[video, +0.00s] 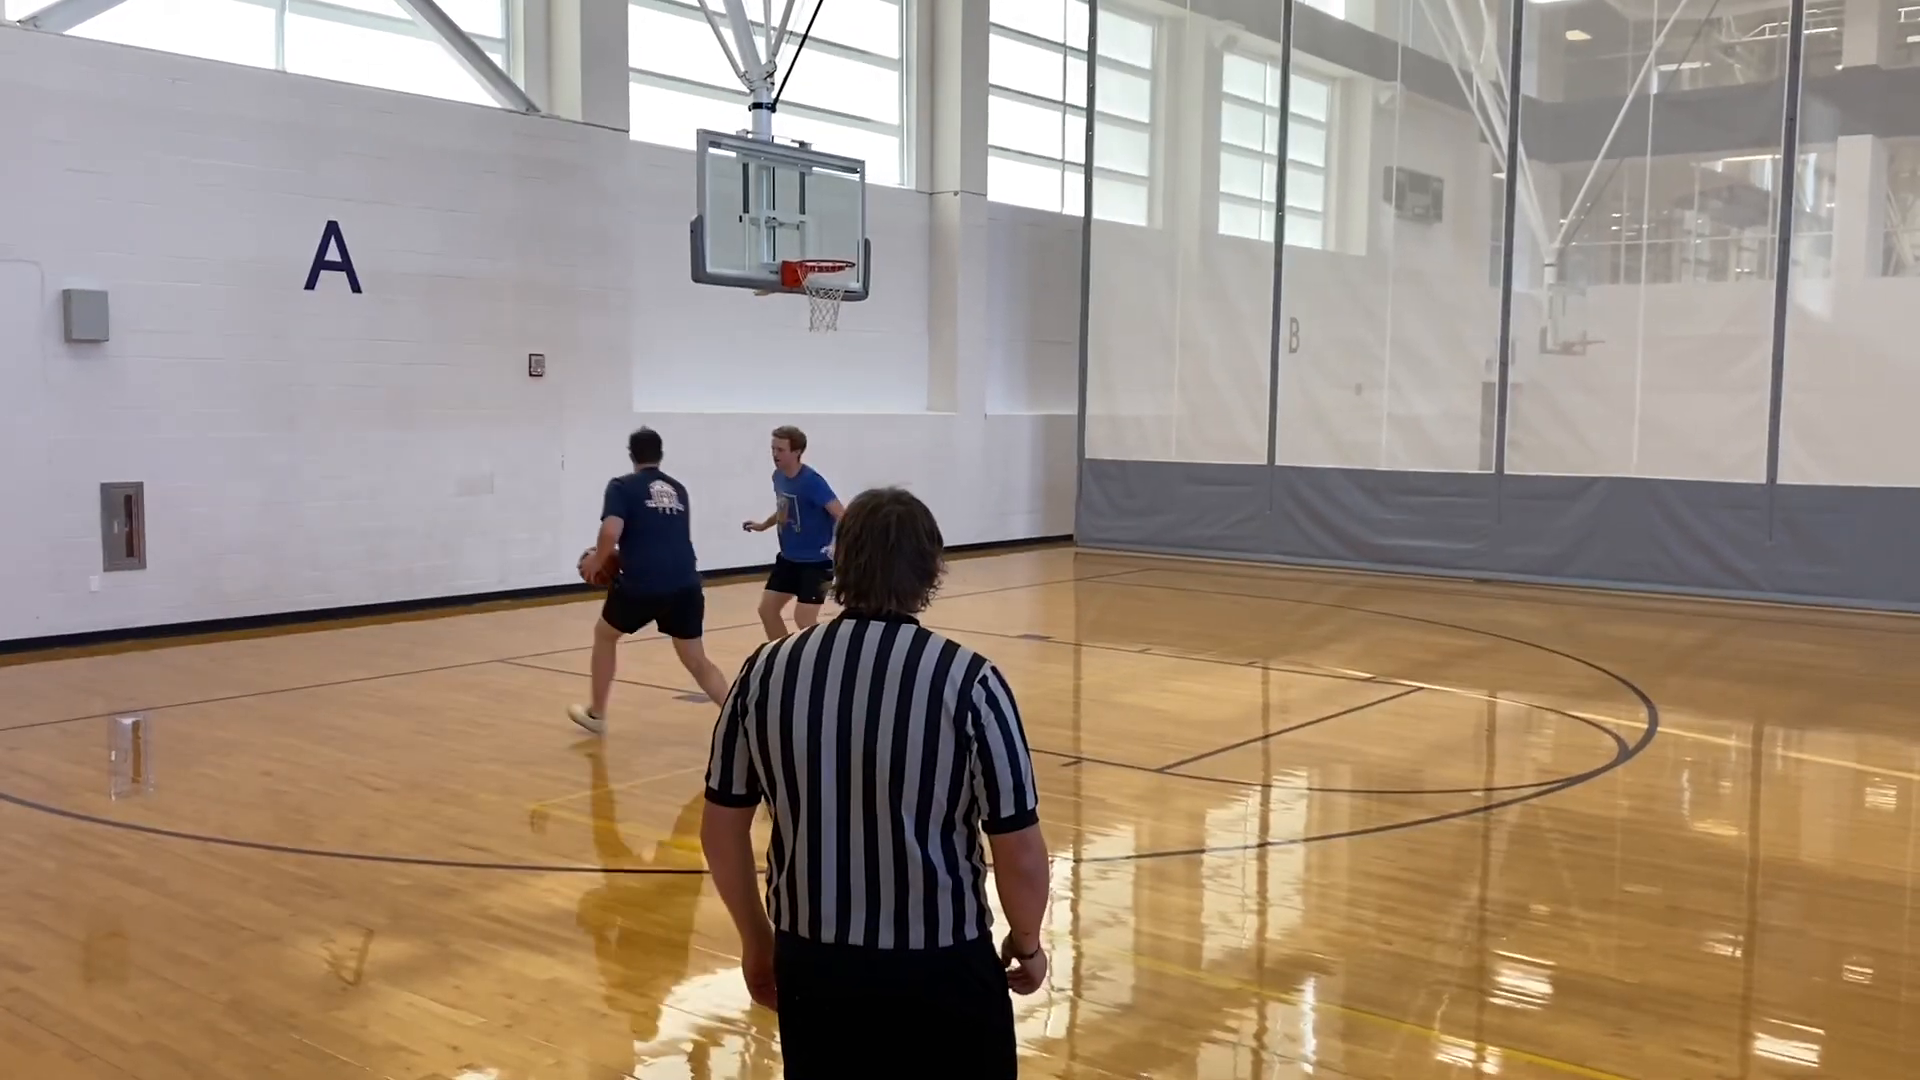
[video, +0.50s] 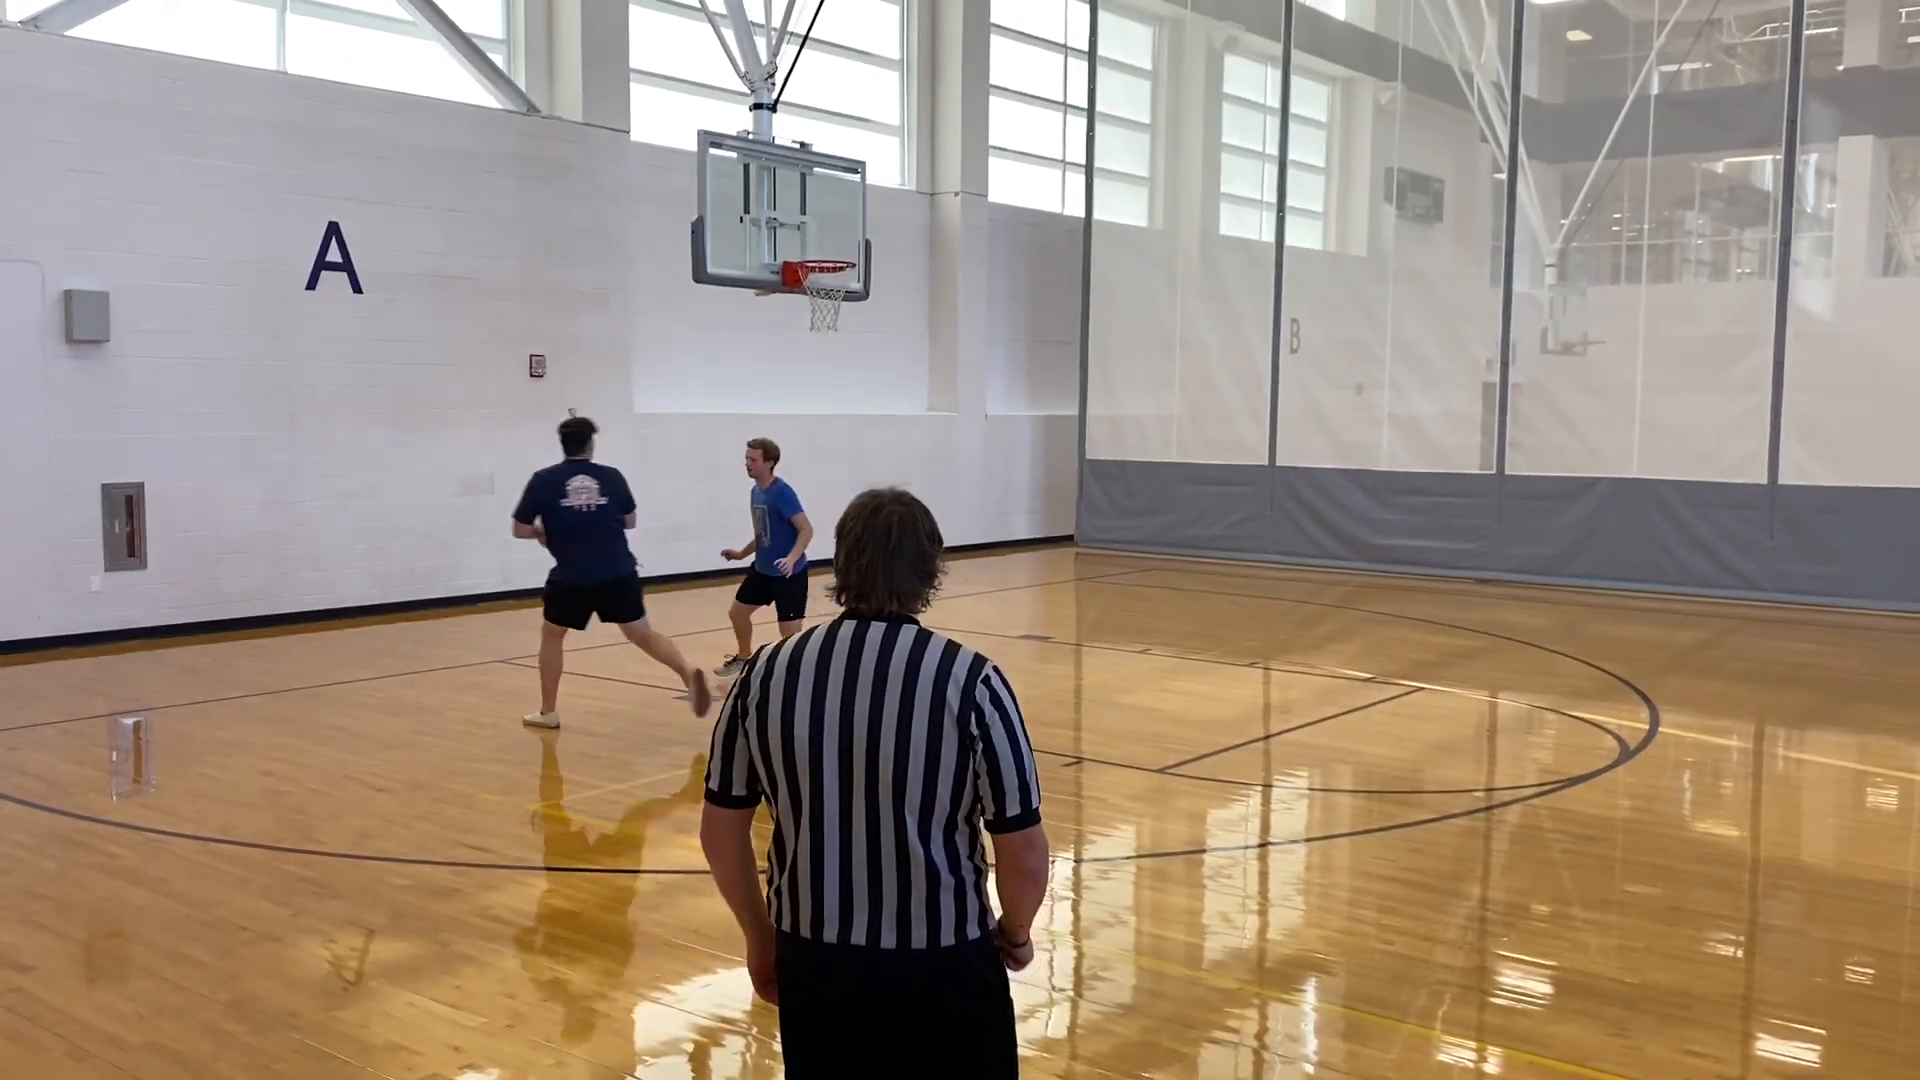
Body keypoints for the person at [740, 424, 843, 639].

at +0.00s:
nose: (774, 455)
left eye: (780, 450)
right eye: (773, 449)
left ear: (797, 452)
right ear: (772, 449)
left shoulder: (813, 482)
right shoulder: (778, 477)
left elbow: (843, 517)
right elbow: (785, 510)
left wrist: (840, 548)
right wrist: (763, 526)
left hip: (816, 563)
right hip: (788, 560)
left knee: (805, 619)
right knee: (767, 610)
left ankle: (819, 668)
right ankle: (787, 664)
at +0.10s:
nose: (769, 455)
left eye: (775, 451)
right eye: (768, 450)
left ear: (791, 453)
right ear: (767, 450)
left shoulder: (806, 483)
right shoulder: (774, 480)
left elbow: (835, 516)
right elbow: (781, 515)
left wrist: (827, 543)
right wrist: (761, 532)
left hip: (812, 564)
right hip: (784, 561)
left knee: (800, 623)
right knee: (760, 610)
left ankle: (810, 671)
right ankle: (773, 662)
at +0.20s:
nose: (764, 457)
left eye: (770, 453)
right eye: (763, 452)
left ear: (786, 456)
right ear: (762, 453)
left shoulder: (801, 485)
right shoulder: (771, 483)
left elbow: (829, 520)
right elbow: (776, 521)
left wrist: (818, 547)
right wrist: (757, 539)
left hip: (807, 567)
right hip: (779, 564)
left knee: (796, 626)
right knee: (752, 610)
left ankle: (804, 673)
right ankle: (765, 662)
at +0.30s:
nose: (759, 461)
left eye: (764, 456)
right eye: (758, 455)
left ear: (781, 459)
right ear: (759, 457)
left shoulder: (795, 487)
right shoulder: (767, 488)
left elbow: (822, 524)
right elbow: (771, 528)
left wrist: (810, 550)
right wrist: (753, 545)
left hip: (802, 570)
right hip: (774, 567)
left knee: (794, 627)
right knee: (746, 610)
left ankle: (800, 676)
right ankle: (754, 663)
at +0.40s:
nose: (753, 463)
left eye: (758, 459)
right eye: (752, 458)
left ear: (775, 462)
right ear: (757, 460)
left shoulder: (789, 491)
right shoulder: (762, 491)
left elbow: (815, 528)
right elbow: (768, 533)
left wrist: (801, 556)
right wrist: (747, 550)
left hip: (796, 574)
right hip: (768, 570)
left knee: (792, 632)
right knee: (741, 612)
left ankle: (798, 678)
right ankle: (746, 659)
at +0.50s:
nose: (747, 464)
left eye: (752, 460)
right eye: (746, 459)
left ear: (769, 463)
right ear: (751, 461)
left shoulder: (783, 493)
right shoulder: (756, 492)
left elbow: (807, 530)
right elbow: (763, 535)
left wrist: (792, 558)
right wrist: (741, 554)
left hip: (789, 575)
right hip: (762, 571)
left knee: (790, 632)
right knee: (738, 614)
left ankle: (798, 678)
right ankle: (744, 657)